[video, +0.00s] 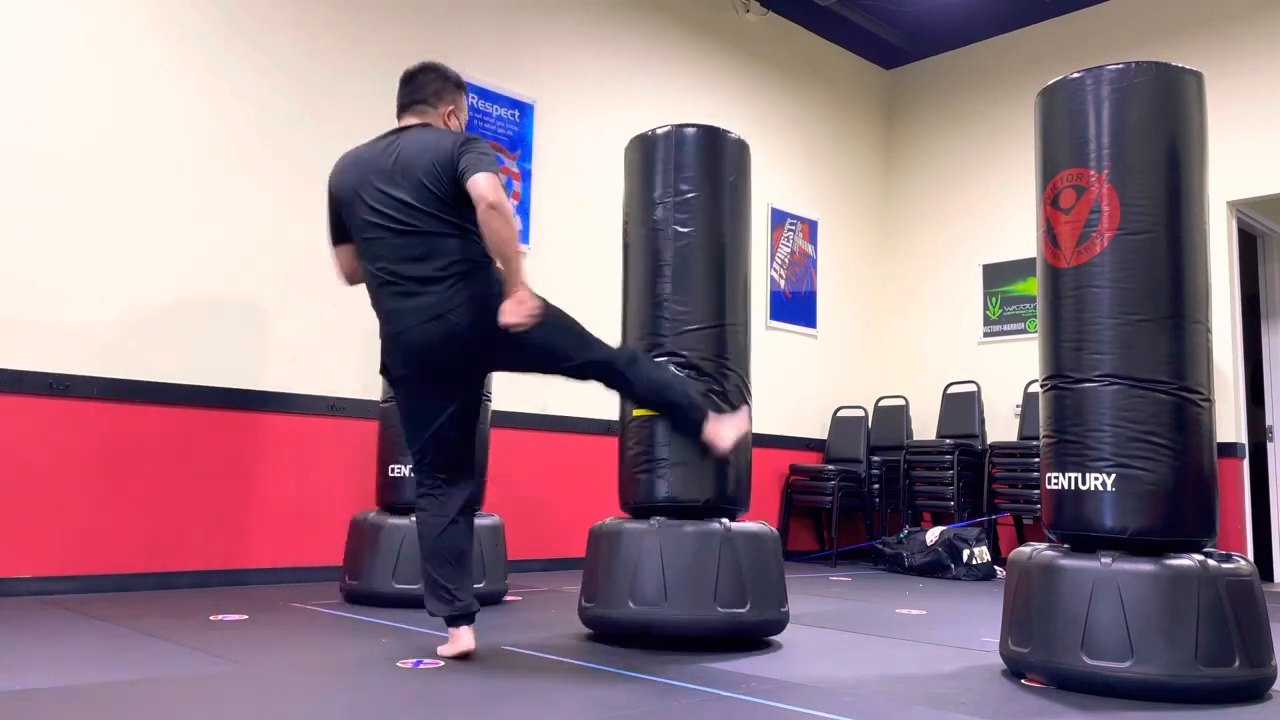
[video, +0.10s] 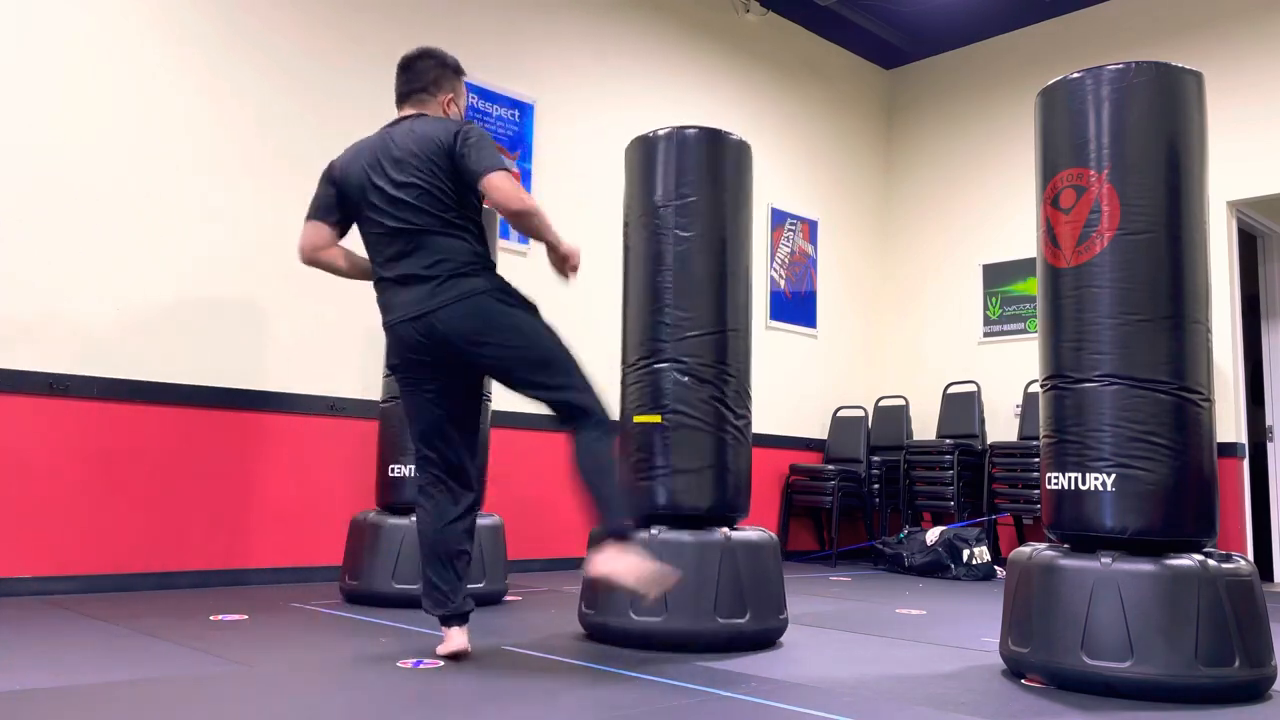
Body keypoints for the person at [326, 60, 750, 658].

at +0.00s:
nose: (464, 121)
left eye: (462, 114)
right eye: (464, 113)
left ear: (401, 110)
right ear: (450, 109)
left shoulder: (348, 169)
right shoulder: (460, 145)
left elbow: (351, 269)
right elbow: (487, 198)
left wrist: (405, 247)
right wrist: (516, 287)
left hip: (412, 346)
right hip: (486, 315)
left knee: (440, 484)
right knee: (604, 361)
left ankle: (458, 625)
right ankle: (709, 422)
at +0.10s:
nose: (462, 108)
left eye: (460, 101)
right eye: (462, 100)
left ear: (401, 98)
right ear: (450, 96)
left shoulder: (351, 160)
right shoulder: (458, 134)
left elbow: (314, 247)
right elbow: (509, 200)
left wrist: (378, 268)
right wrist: (554, 243)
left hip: (408, 331)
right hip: (476, 307)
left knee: (442, 476)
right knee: (583, 409)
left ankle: (452, 623)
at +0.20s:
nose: (470, 104)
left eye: (466, 95)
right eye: (467, 95)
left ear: (408, 100)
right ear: (455, 97)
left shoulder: (365, 159)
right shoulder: (472, 139)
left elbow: (317, 240)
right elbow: (532, 221)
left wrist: (378, 268)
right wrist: (547, 205)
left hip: (394, 324)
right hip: (457, 316)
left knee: (432, 475)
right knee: (491, 466)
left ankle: (439, 627)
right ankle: (449, 627)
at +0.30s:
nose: (482, 109)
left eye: (478, 100)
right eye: (480, 100)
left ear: (419, 103)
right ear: (469, 100)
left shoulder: (378, 158)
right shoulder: (488, 150)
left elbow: (344, 254)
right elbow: (543, 242)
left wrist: (403, 237)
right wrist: (505, 209)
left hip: (373, 317)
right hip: (436, 315)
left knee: (403, 467)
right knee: (425, 473)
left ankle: (414, 620)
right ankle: (420, 648)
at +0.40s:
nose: (486, 112)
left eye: (483, 103)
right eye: (486, 103)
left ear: (423, 100)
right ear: (472, 100)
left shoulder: (375, 150)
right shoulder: (484, 150)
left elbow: (374, 229)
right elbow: (526, 250)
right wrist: (503, 184)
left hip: (355, 312)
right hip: (422, 320)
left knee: (359, 476)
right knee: (426, 485)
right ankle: (421, 649)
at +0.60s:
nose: (480, 131)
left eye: (481, 121)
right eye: (481, 120)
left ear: (424, 107)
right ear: (465, 115)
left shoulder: (364, 156)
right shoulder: (458, 167)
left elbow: (374, 239)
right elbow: (476, 273)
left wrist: (452, 248)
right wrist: (477, 272)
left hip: (327, 316)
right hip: (401, 326)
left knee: (289, 473)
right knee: (442, 476)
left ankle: (251, 644)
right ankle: (427, 643)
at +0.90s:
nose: (492, 135)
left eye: (492, 125)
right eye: (492, 124)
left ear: (433, 114)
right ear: (476, 119)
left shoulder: (391, 163)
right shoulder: (468, 162)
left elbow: (419, 270)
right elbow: (450, 237)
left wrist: (484, 262)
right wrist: (438, 329)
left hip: (351, 332)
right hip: (420, 335)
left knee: (306, 483)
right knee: (493, 473)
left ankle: (256, 643)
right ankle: (523, 630)